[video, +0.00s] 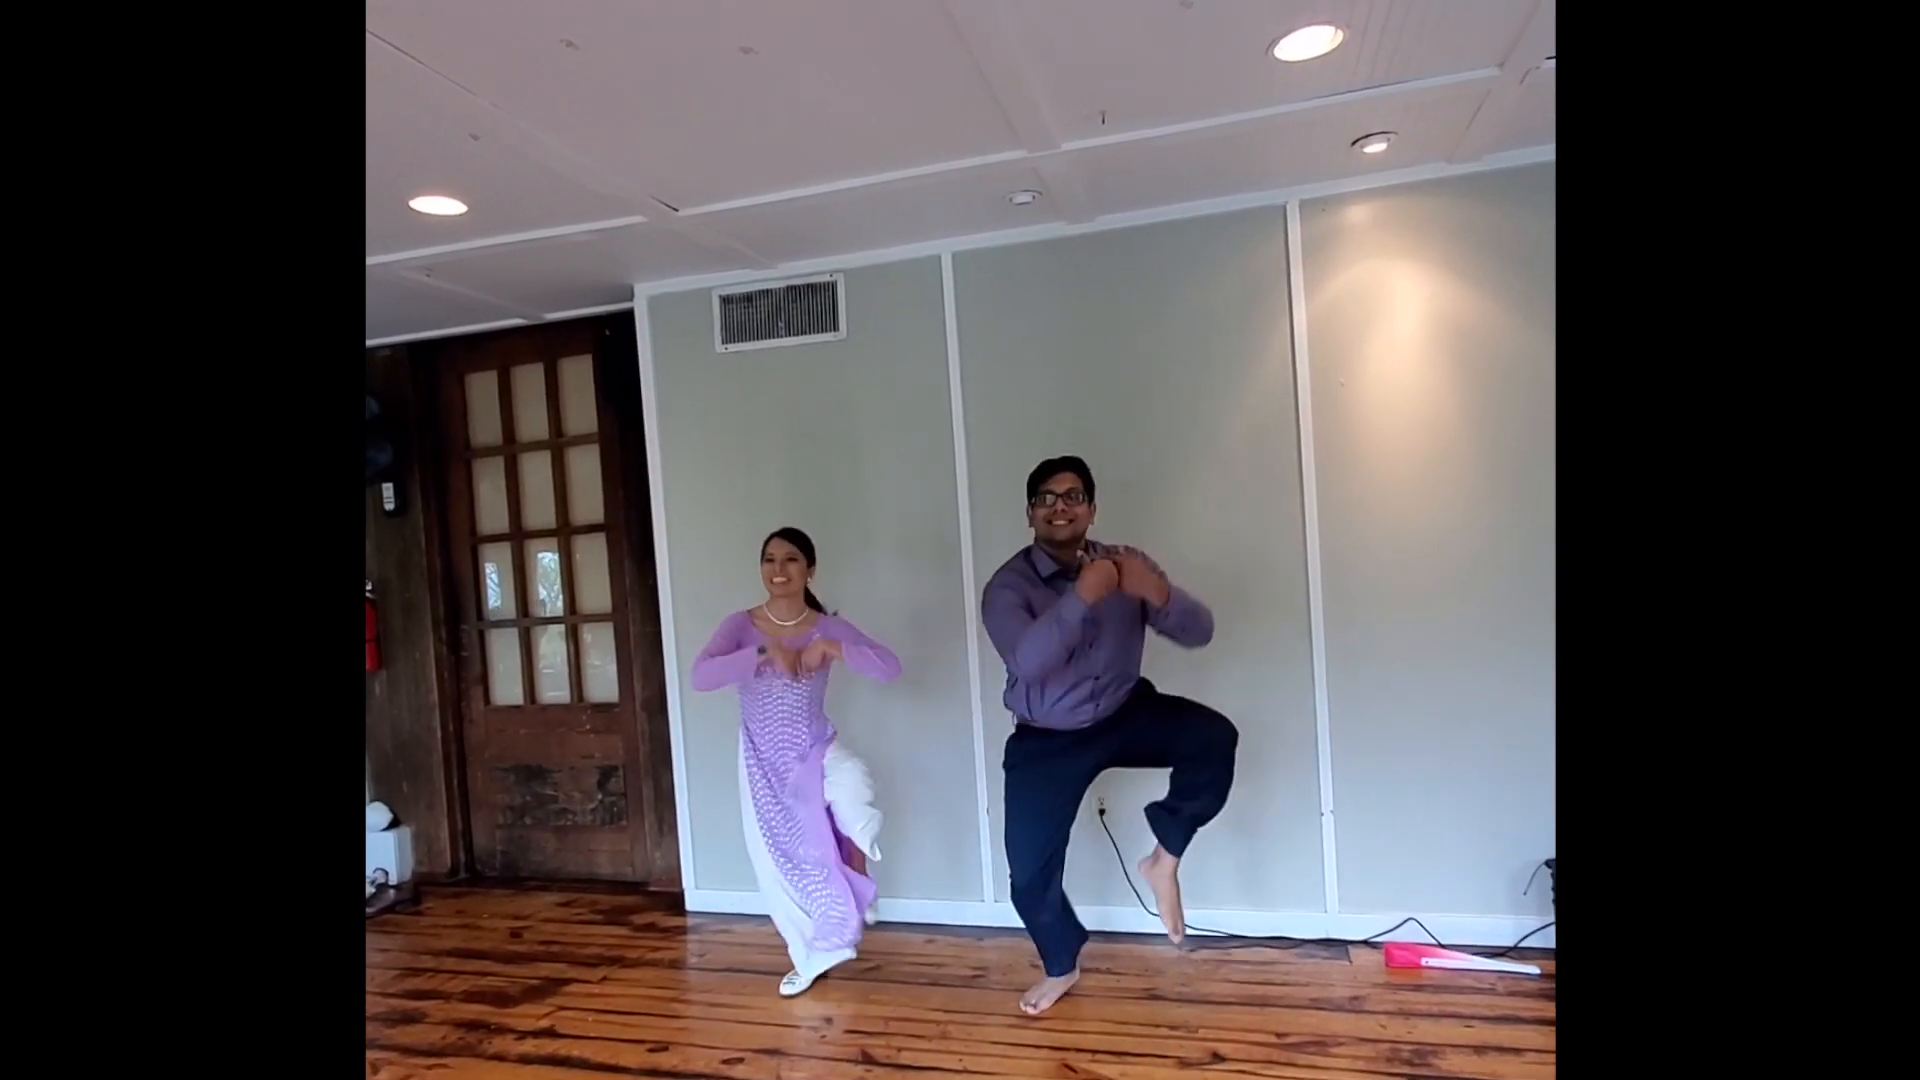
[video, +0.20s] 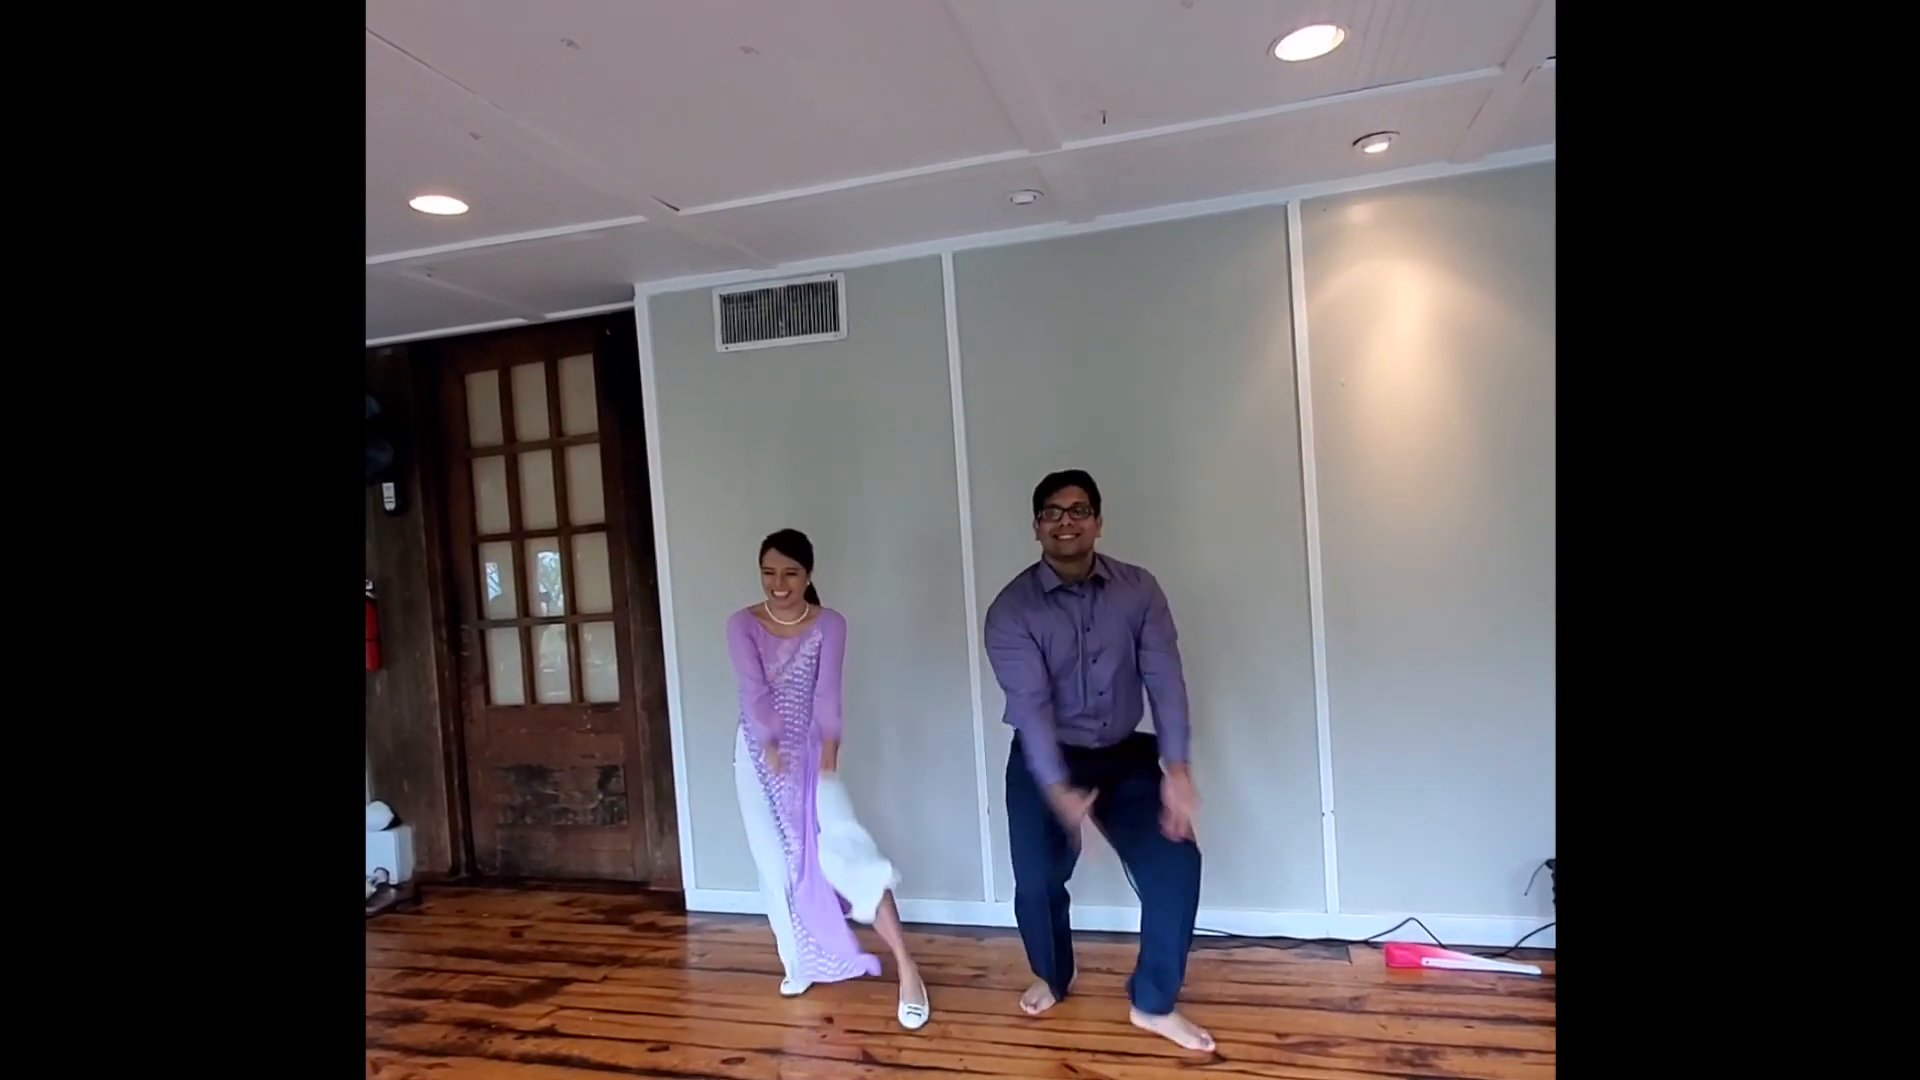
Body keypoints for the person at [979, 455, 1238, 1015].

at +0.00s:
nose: (1058, 507)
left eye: (1072, 497)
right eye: (1046, 498)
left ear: (1090, 510)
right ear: (1031, 512)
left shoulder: (1124, 565)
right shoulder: (1008, 588)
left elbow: (1200, 630)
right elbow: (1026, 661)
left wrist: (1158, 598)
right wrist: (1081, 598)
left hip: (1126, 713)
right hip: (1046, 737)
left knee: (1212, 739)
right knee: (1030, 874)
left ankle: (1162, 860)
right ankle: (1061, 964)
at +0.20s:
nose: (1066, 521)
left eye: (1079, 511)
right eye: (1054, 513)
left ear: (1098, 523)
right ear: (1037, 527)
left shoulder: (1137, 589)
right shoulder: (1011, 613)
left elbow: (1166, 679)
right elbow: (1029, 707)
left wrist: (1177, 768)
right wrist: (1057, 787)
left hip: (1125, 753)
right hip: (1043, 755)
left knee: (1175, 861)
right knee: (1038, 874)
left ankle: (1154, 1001)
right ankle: (1051, 977)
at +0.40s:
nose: (1113, 494)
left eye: (1125, 483)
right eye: (1100, 487)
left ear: (1148, 496)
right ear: (1084, 502)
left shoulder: (1189, 564)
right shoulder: (1047, 563)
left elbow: (1272, 604)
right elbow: (967, 606)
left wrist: (1359, 649)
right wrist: (892, 649)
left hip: (1169, 739)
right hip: (1080, 746)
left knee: (1248, 829)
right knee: (1059, 872)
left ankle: (1228, 953)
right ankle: (1057, 976)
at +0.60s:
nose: (1173, 471)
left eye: (1186, 460)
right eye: (1161, 464)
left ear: (1212, 470)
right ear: (1149, 479)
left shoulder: (1268, 525)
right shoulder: (1120, 540)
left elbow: (1361, 510)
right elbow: (1035, 534)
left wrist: (1460, 494)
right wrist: (950, 514)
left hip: (1243, 729)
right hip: (1149, 717)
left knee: (1291, 854)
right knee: (1075, 809)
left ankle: (1332, 980)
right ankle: (1092, 917)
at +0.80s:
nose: (1212, 481)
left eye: (1228, 470)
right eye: (1201, 473)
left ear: (1256, 484)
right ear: (1190, 492)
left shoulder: (1313, 542)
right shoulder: (1169, 568)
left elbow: (1403, 541)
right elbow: (1085, 588)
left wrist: (1441, 470)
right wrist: (1035, 523)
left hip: (1292, 738)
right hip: (1196, 723)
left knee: (1329, 875)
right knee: (1115, 774)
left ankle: (1330, 991)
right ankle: (1179, 869)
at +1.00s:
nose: (1220, 458)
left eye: (1225, 448)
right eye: (1204, 459)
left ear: (1248, 457)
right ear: (1192, 488)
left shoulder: (1319, 503)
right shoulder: (1176, 538)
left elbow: (1411, 475)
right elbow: (1093, 527)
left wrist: (1494, 411)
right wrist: (1012, 492)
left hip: (1323, 722)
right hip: (1230, 722)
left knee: (1335, 871)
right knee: (1162, 841)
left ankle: (1341, 992)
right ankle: (1149, 968)